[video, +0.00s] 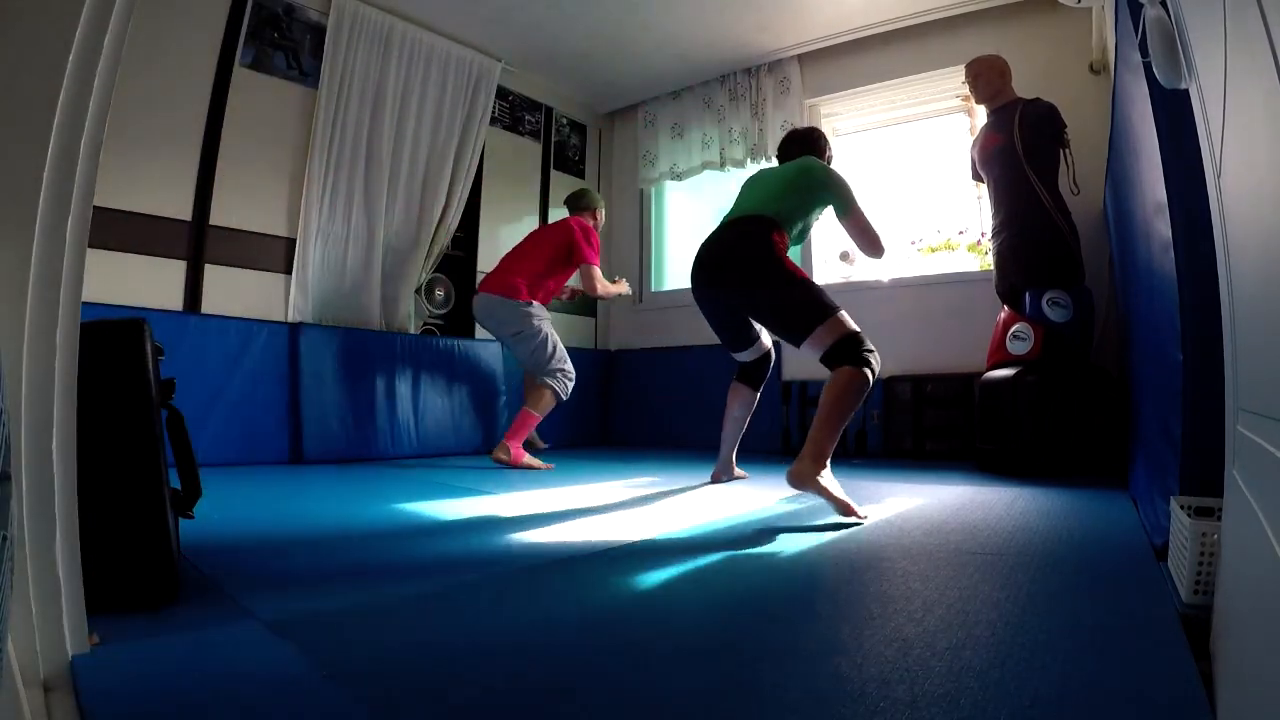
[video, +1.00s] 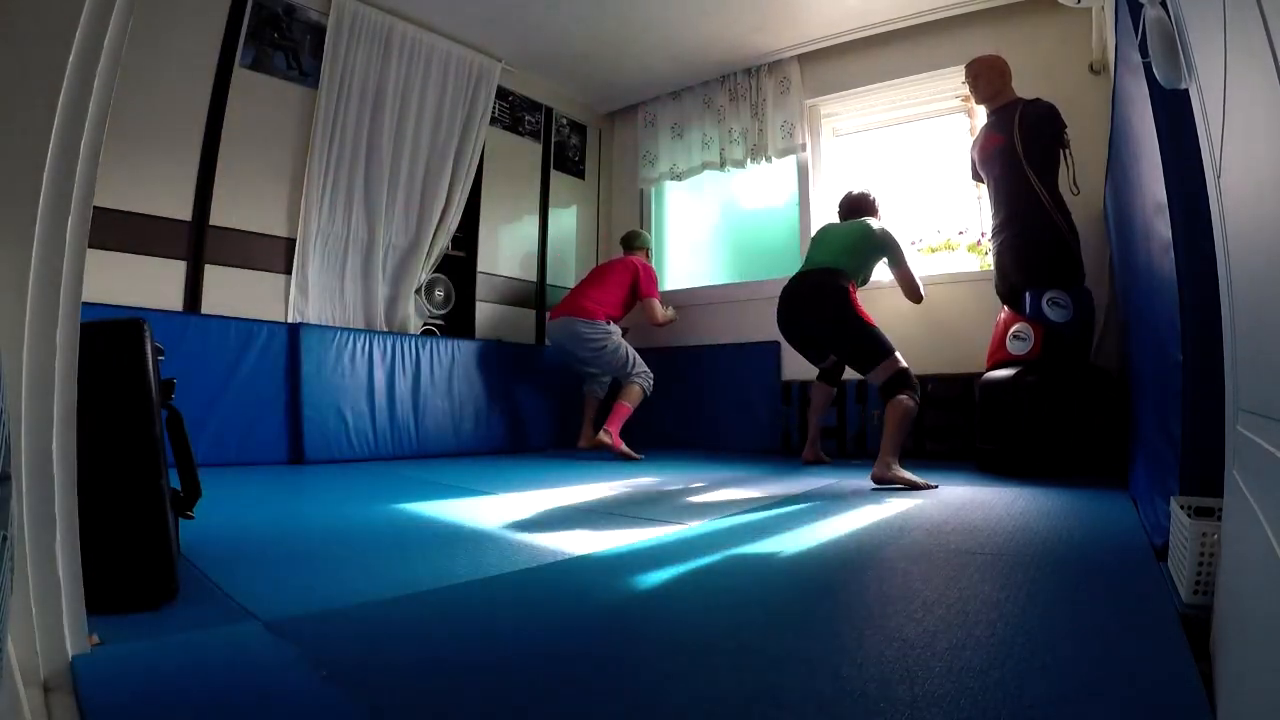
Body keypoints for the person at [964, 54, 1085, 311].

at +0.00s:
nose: (971, 84)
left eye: (976, 75)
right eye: (968, 81)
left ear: (1003, 74)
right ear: (969, 90)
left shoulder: (1037, 111)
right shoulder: (980, 142)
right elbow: (978, 176)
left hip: (1050, 244)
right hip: (1009, 252)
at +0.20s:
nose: (970, 84)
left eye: (976, 75)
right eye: (968, 80)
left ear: (1003, 74)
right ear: (969, 90)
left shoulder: (1037, 111)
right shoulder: (980, 141)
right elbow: (977, 175)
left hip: (1050, 246)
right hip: (1009, 254)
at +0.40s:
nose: (970, 84)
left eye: (976, 75)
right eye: (968, 81)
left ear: (1003, 74)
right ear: (969, 91)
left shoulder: (1037, 112)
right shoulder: (980, 142)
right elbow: (978, 176)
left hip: (1051, 248)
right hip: (1010, 256)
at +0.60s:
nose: (970, 84)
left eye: (976, 76)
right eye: (968, 81)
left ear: (1003, 74)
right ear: (969, 91)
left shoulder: (1037, 112)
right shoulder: (980, 142)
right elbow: (978, 176)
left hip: (1050, 248)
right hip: (1010, 256)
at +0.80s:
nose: (970, 84)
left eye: (976, 75)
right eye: (967, 80)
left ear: (1003, 75)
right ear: (969, 91)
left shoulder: (1037, 112)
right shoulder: (980, 142)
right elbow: (977, 175)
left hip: (1051, 246)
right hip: (1008, 254)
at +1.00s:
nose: (970, 84)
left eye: (976, 75)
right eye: (967, 81)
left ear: (1002, 75)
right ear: (969, 91)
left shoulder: (1037, 112)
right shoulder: (980, 142)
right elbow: (977, 175)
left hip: (1051, 247)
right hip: (1010, 256)